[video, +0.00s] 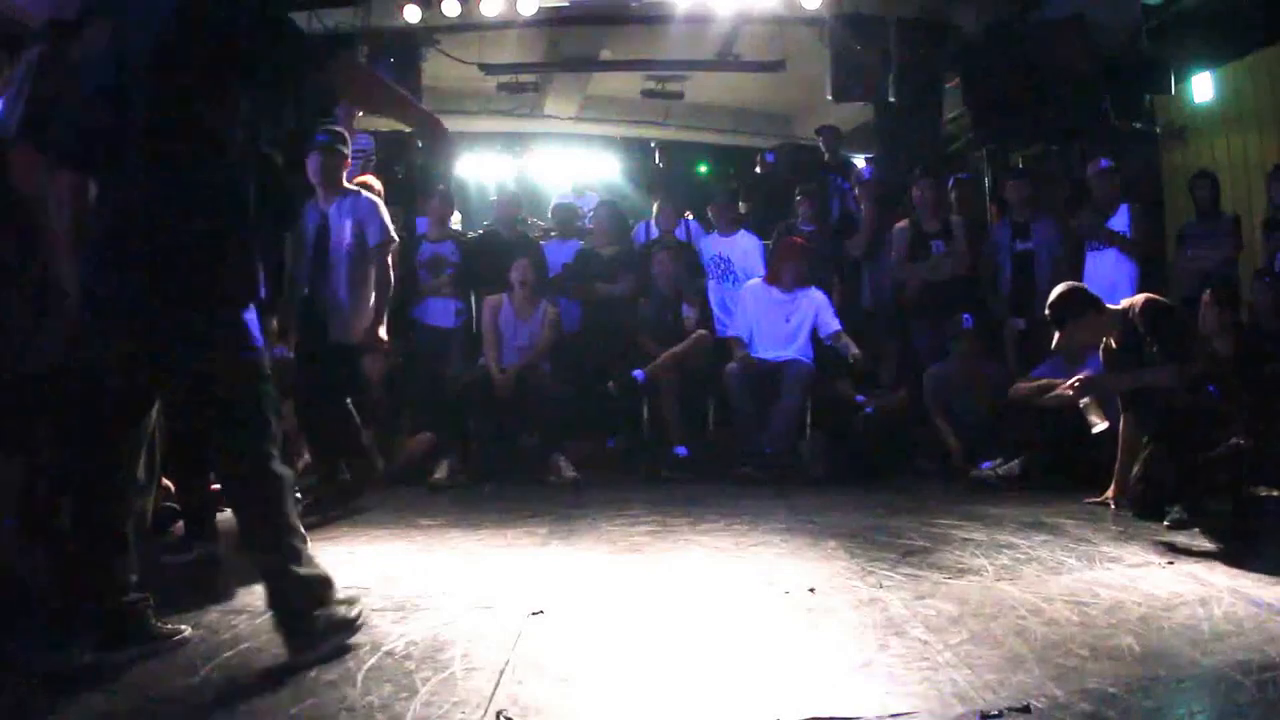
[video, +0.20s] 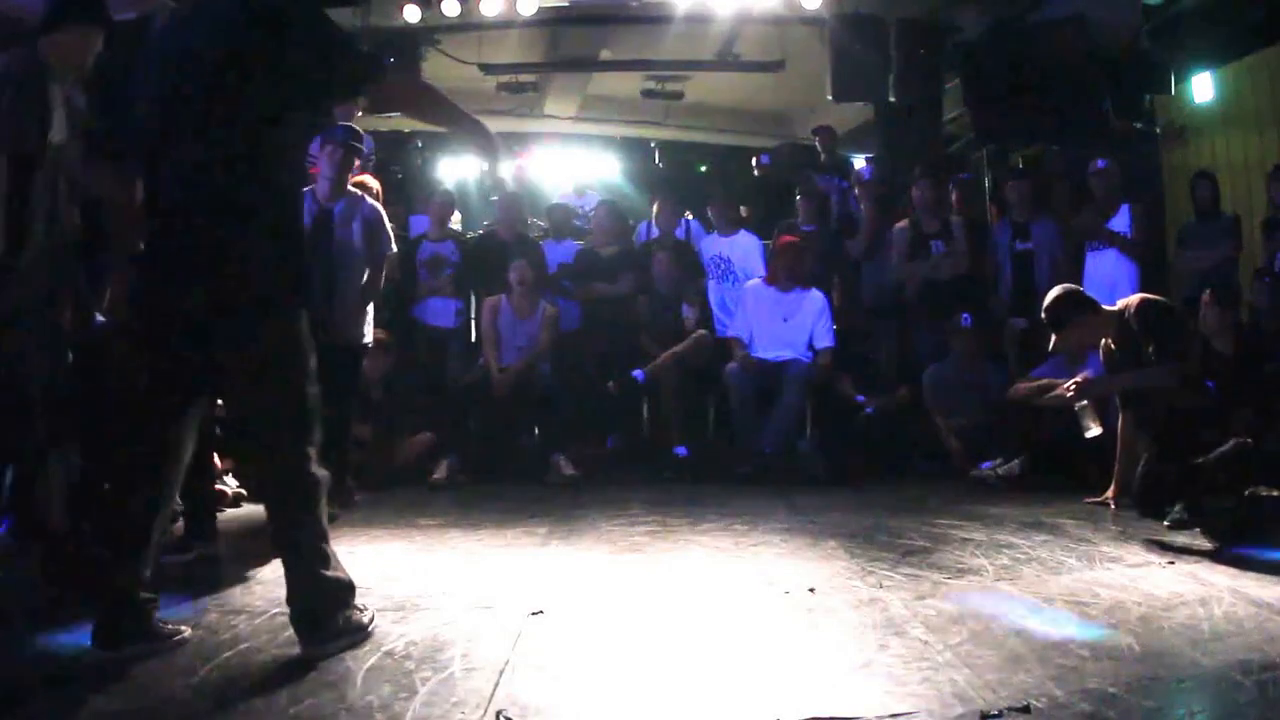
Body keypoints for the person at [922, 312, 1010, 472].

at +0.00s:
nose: (966, 347)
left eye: (971, 340)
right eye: (960, 341)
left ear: (978, 342)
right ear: (951, 343)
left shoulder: (992, 371)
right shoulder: (937, 376)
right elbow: (936, 414)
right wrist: (954, 445)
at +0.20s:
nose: (966, 344)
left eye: (970, 338)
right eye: (961, 338)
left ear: (978, 339)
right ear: (952, 339)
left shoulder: (990, 372)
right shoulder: (936, 375)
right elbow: (936, 414)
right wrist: (953, 444)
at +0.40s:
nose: (964, 345)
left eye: (969, 340)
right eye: (960, 340)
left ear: (978, 342)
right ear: (952, 341)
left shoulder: (990, 374)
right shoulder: (935, 375)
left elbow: (988, 415)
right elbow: (937, 415)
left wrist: (976, 451)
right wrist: (954, 448)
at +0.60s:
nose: (964, 346)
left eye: (969, 340)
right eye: (959, 340)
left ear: (976, 342)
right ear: (951, 341)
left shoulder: (989, 373)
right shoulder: (935, 374)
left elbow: (987, 414)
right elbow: (936, 415)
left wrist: (974, 451)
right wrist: (955, 450)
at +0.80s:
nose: (963, 348)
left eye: (968, 342)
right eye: (958, 342)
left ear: (976, 345)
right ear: (951, 344)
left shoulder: (989, 374)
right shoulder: (935, 376)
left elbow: (986, 415)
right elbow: (938, 417)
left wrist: (974, 453)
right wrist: (956, 451)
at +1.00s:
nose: (963, 351)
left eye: (968, 345)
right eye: (959, 345)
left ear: (975, 346)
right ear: (951, 346)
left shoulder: (988, 374)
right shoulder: (935, 375)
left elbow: (985, 416)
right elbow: (936, 415)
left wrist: (973, 453)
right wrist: (955, 448)